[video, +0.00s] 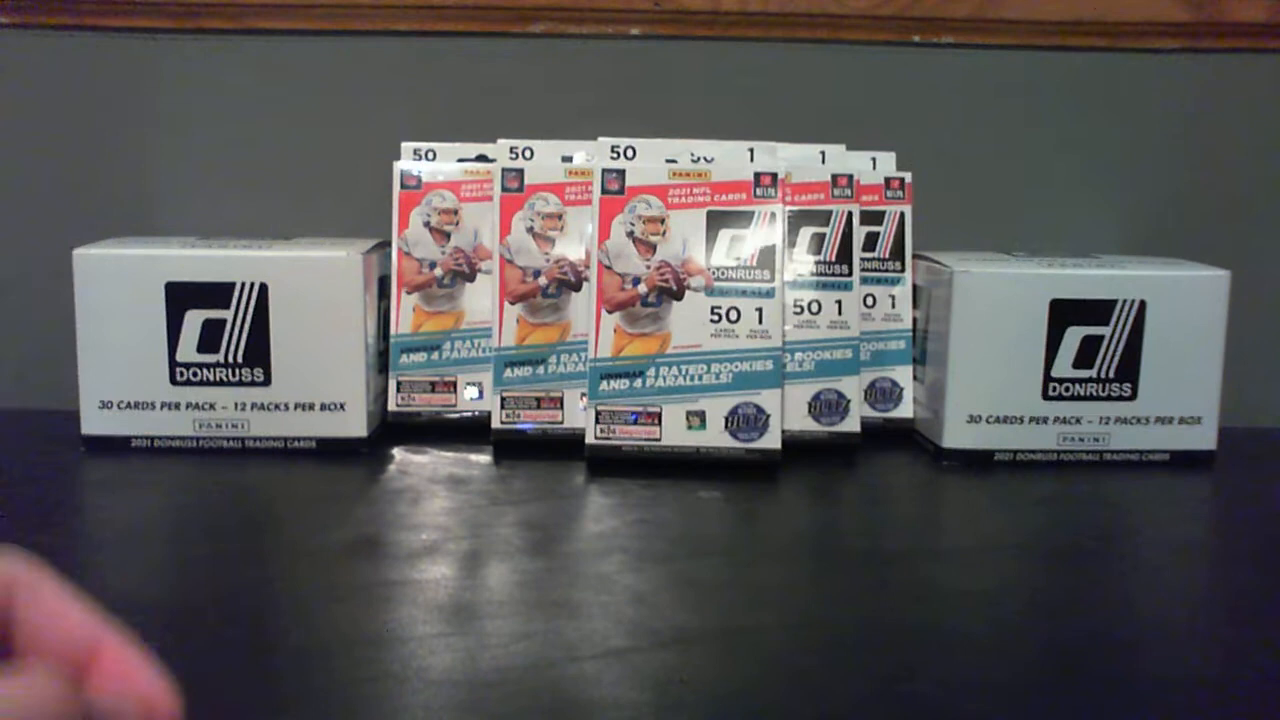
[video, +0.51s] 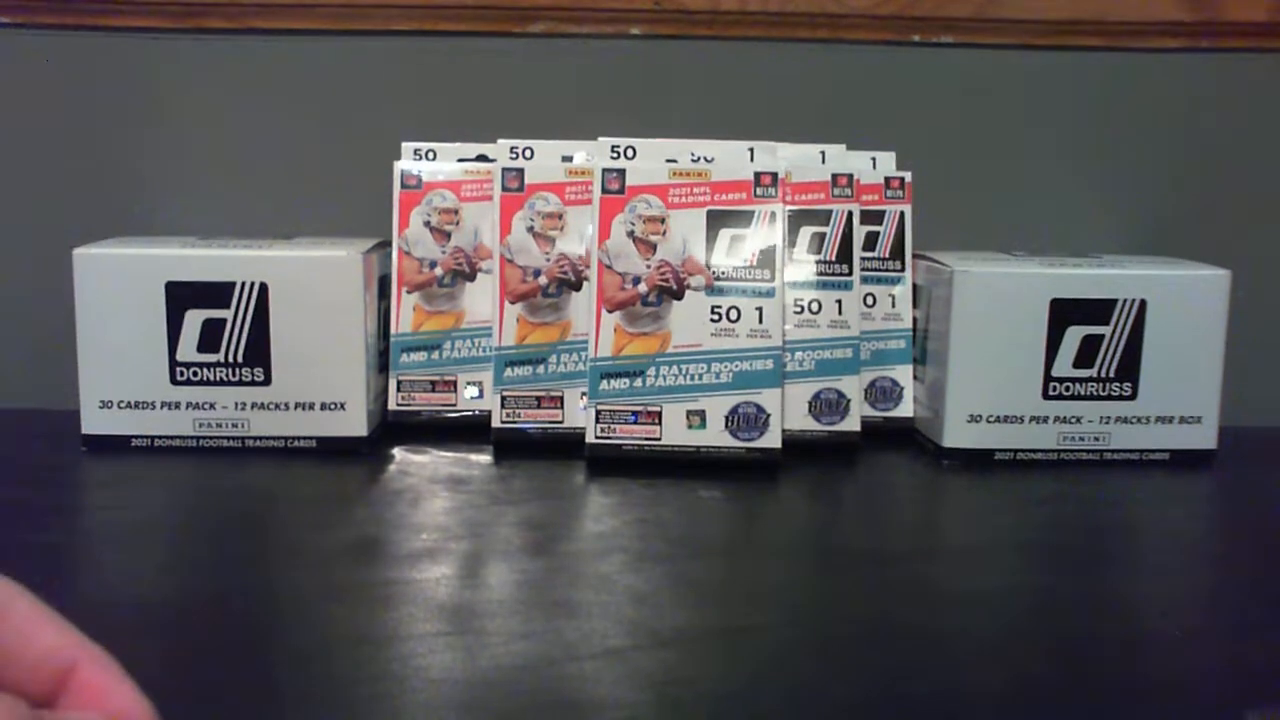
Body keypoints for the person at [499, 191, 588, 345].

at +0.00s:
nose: (555, 224)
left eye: (559, 218)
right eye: (549, 218)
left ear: (563, 220)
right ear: (533, 219)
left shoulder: (568, 244)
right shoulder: (514, 245)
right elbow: (512, 294)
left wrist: (575, 271)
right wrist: (545, 279)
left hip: (556, 325)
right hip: (526, 323)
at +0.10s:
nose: (556, 224)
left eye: (559, 218)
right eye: (549, 218)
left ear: (564, 220)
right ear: (534, 219)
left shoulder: (569, 245)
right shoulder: (514, 245)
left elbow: (578, 287)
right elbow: (512, 295)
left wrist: (571, 273)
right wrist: (545, 280)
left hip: (556, 325)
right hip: (526, 323)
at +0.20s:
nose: (556, 223)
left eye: (559, 218)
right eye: (549, 218)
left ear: (564, 220)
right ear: (533, 219)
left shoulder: (569, 244)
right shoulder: (514, 244)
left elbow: (578, 286)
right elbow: (512, 295)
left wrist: (573, 273)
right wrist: (545, 279)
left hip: (557, 325)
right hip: (527, 323)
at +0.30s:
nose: (556, 224)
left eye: (559, 218)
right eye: (549, 218)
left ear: (564, 220)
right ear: (534, 219)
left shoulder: (568, 244)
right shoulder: (514, 244)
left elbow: (578, 286)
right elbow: (512, 294)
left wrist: (573, 272)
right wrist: (546, 279)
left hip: (556, 325)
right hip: (526, 323)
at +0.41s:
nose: (555, 223)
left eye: (559, 218)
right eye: (549, 217)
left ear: (564, 220)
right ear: (533, 219)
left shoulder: (568, 244)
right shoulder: (514, 244)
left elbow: (577, 286)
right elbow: (512, 294)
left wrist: (574, 272)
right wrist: (545, 279)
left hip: (557, 324)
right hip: (527, 323)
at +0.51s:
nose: (555, 223)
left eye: (559, 217)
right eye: (549, 217)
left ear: (564, 220)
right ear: (533, 218)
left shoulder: (568, 245)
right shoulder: (514, 244)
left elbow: (577, 286)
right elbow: (512, 294)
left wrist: (574, 272)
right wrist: (545, 278)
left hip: (557, 324)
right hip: (527, 323)